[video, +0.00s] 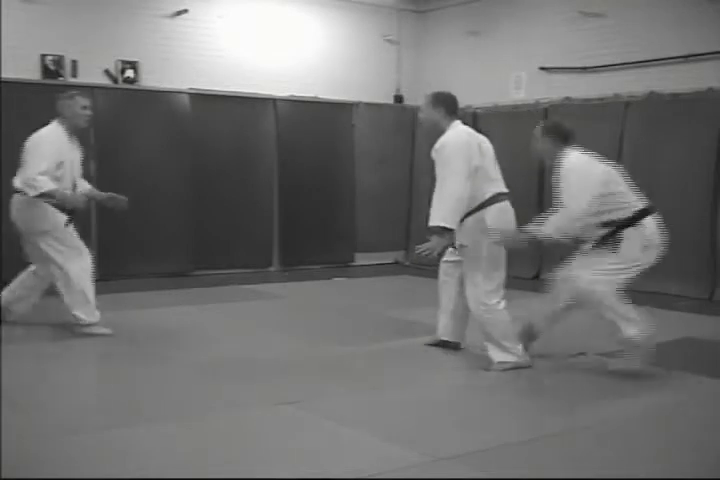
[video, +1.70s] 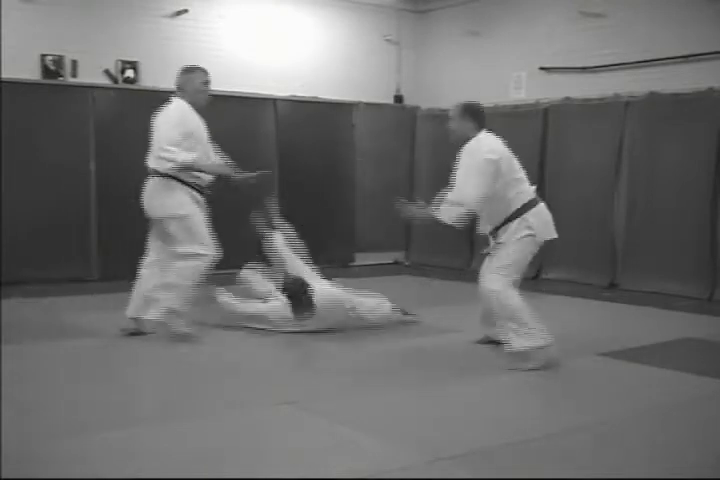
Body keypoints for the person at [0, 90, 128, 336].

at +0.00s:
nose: (89, 114)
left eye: (90, 109)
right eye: (84, 109)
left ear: (83, 112)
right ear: (65, 110)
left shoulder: (72, 144)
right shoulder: (46, 138)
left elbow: (75, 183)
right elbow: (30, 180)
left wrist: (103, 197)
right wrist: (62, 197)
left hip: (43, 208)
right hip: (33, 207)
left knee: (46, 266)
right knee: (77, 257)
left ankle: (7, 307)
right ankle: (86, 320)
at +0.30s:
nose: (118, 115)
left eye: (119, 111)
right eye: (112, 110)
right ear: (94, 111)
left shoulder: (100, 146)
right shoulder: (78, 143)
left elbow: (103, 187)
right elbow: (73, 189)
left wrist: (121, 207)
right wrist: (103, 212)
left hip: (66, 212)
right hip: (64, 211)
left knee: (68, 269)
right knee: (116, 258)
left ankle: (31, 313)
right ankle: (125, 321)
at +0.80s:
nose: (122, 96)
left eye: (122, 91)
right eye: (117, 91)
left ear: (104, 96)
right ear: (98, 95)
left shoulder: (104, 124)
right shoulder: (91, 124)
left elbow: (118, 164)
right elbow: (93, 174)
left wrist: (144, 175)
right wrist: (123, 189)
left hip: (81, 195)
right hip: (87, 198)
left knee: (81, 258)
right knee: (118, 257)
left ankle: (54, 311)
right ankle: (125, 321)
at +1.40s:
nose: (159, 108)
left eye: (159, 102)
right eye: (155, 102)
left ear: (153, 105)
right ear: (138, 103)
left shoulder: (149, 139)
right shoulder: (119, 134)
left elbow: (153, 177)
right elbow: (103, 175)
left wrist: (162, 191)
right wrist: (134, 193)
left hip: (120, 208)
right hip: (105, 206)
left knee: (82, 259)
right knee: (141, 261)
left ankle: (42, 303)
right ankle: (138, 324)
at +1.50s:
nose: (185, 95)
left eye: (184, 89)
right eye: (180, 89)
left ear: (168, 91)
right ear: (165, 90)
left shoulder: (164, 122)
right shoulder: (144, 118)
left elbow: (161, 164)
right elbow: (130, 164)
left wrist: (176, 179)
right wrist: (166, 178)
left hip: (144, 198)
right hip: (130, 197)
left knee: (121, 255)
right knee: (141, 259)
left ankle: (78, 302)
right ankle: (138, 322)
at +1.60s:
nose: (194, 87)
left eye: (194, 81)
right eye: (189, 81)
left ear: (176, 83)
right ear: (171, 81)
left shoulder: (174, 112)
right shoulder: (157, 110)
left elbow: (167, 154)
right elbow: (142, 155)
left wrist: (190, 173)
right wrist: (180, 173)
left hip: (160, 191)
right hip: (147, 191)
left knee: (141, 250)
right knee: (155, 253)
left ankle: (112, 303)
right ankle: (138, 315)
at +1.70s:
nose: (209, 90)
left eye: (209, 85)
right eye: (203, 85)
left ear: (192, 88)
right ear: (185, 86)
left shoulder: (191, 117)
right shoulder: (175, 112)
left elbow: (207, 156)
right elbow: (167, 155)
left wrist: (237, 174)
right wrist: (206, 167)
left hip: (177, 193)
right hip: (171, 192)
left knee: (159, 257)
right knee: (203, 252)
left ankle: (137, 316)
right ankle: (170, 314)